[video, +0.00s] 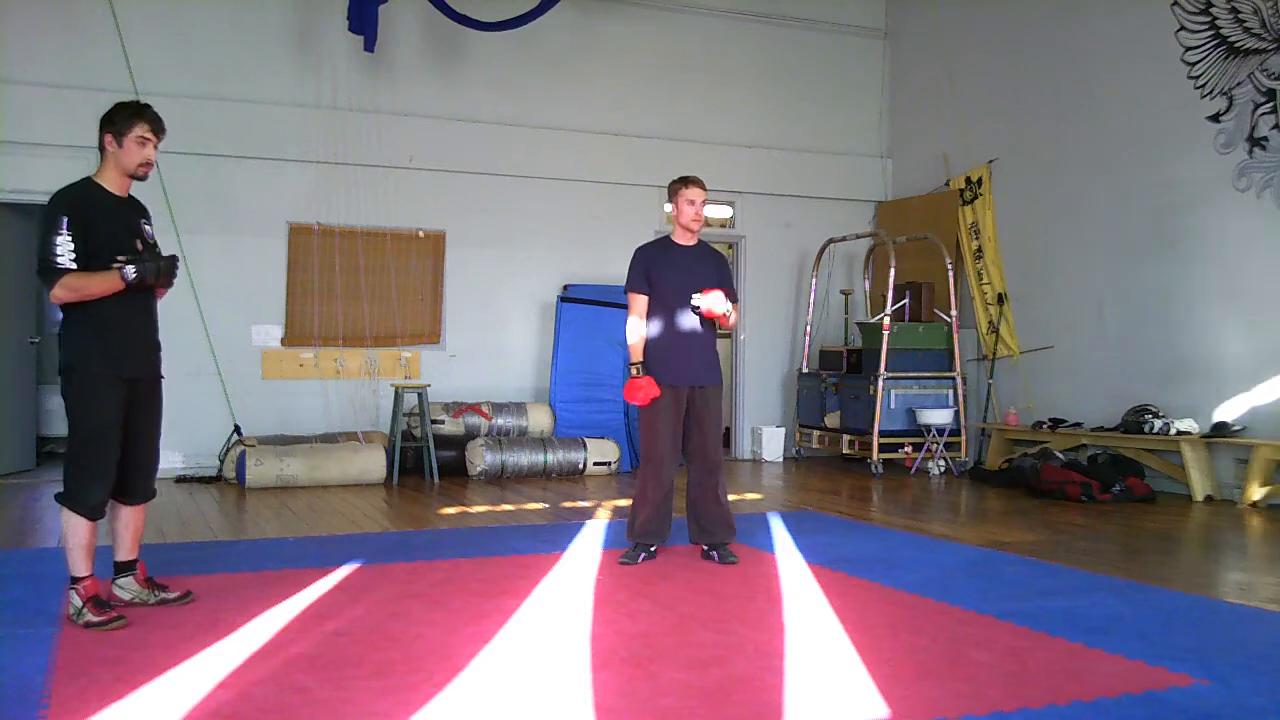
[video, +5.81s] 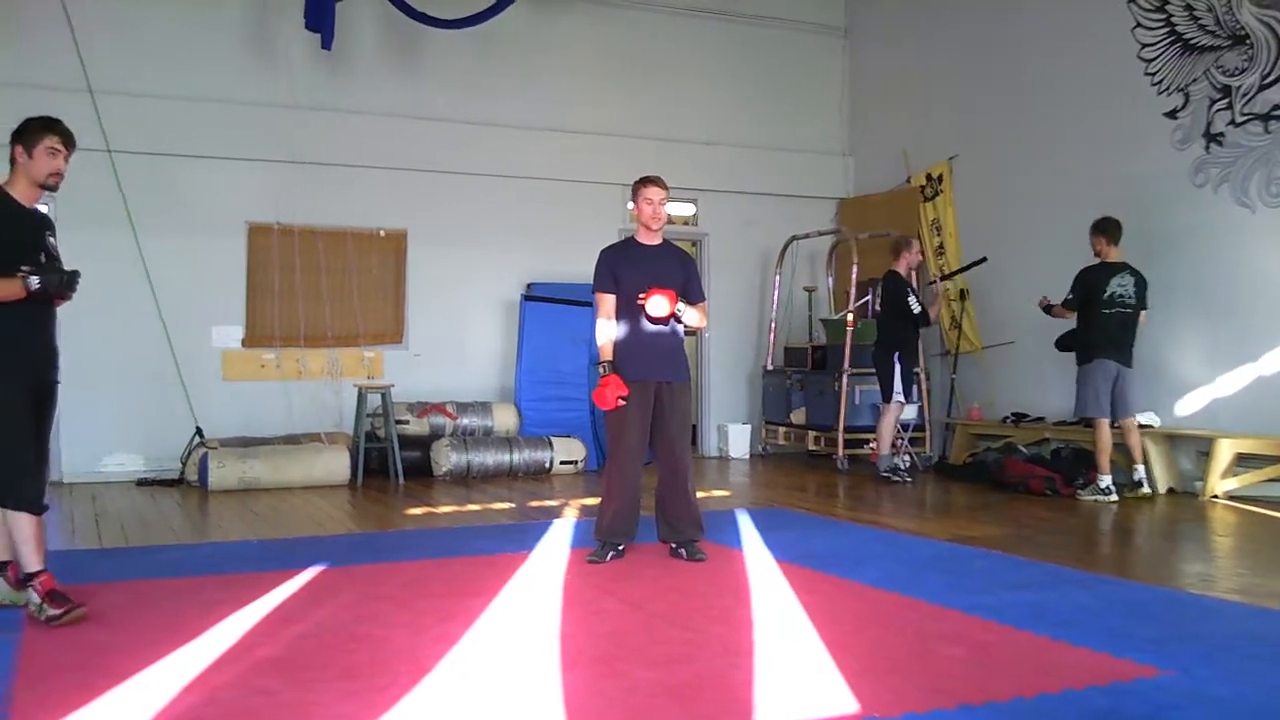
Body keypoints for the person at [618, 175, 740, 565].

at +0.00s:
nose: (697, 210)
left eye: (702, 204)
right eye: (690, 203)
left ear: (706, 210)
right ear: (672, 207)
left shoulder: (716, 260)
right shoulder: (648, 255)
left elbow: (730, 323)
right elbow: (636, 317)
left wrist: (721, 311)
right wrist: (636, 369)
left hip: (707, 376)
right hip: (661, 375)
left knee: (708, 460)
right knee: (657, 459)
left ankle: (713, 538)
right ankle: (646, 539)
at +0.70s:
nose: (695, 212)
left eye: (700, 206)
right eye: (688, 205)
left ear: (705, 211)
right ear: (671, 209)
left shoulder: (717, 260)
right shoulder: (648, 257)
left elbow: (732, 321)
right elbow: (640, 312)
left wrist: (716, 301)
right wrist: (658, 320)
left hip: (706, 372)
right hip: (661, 372)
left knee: (708, 458)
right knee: (657, 456)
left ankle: (713, 539)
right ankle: (647, 539)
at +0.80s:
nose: (694, 214)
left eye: (699, 208)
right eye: (686, 207)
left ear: (704, 212)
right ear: (671, 210)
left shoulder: (717, 260)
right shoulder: (649, 256)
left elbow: (730, 320)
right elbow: (648, 310)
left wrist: (711, 290)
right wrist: (671, 284)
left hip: (706, 371)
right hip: (661, 370)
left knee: (708, 458)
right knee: (657, 455)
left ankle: (713, 538)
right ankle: (646, 538)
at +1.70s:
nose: (707, 218)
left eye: (713, 213)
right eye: (701, 210)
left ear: (717, 216)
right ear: (684, 210)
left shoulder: (722, 262)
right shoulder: (656, 255)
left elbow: (736, 321)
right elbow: (650, 312)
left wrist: (720, 313)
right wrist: (674, 337)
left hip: (712, 369)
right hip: (668, 367)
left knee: (715, 456)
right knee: (663, 453)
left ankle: (721, 538)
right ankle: (652, 538)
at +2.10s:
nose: (710, 217)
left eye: (715, 211)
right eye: (703, 209)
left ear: (719, 215)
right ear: (686, 209)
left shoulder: (724, 261)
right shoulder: (658, 256)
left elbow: (738, 321)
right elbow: (647, 318)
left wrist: (725, 314)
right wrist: (646, 367)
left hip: (715, 374)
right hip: (671, 371)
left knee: (717, 458)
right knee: (665, 456)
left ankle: (722, 538)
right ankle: (654, 538)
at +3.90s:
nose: (651, 206)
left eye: (657, 200)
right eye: (644, 199)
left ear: (665, 205)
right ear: (630, 204)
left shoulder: (678, 257)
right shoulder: (608, 253)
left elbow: (694, 316)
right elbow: (598, 315)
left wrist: (671, 305)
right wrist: (598, 364)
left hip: (666, 371)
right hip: (621, 368)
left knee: (667, 454)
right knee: (614, 454)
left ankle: (672, 534)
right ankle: (604, 534)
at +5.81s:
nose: (656, 209)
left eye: (662, 202)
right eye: (649, 202)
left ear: (668, 208)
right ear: (634, 208)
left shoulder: (682, 260)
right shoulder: (613, 256)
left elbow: (700, 318)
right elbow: (605, 318)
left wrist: (677, 309)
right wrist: (607, 369)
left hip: (674, 374)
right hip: (629, 372)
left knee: (676, 457)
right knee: (623, 457)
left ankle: (682, 536)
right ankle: (613, 538)